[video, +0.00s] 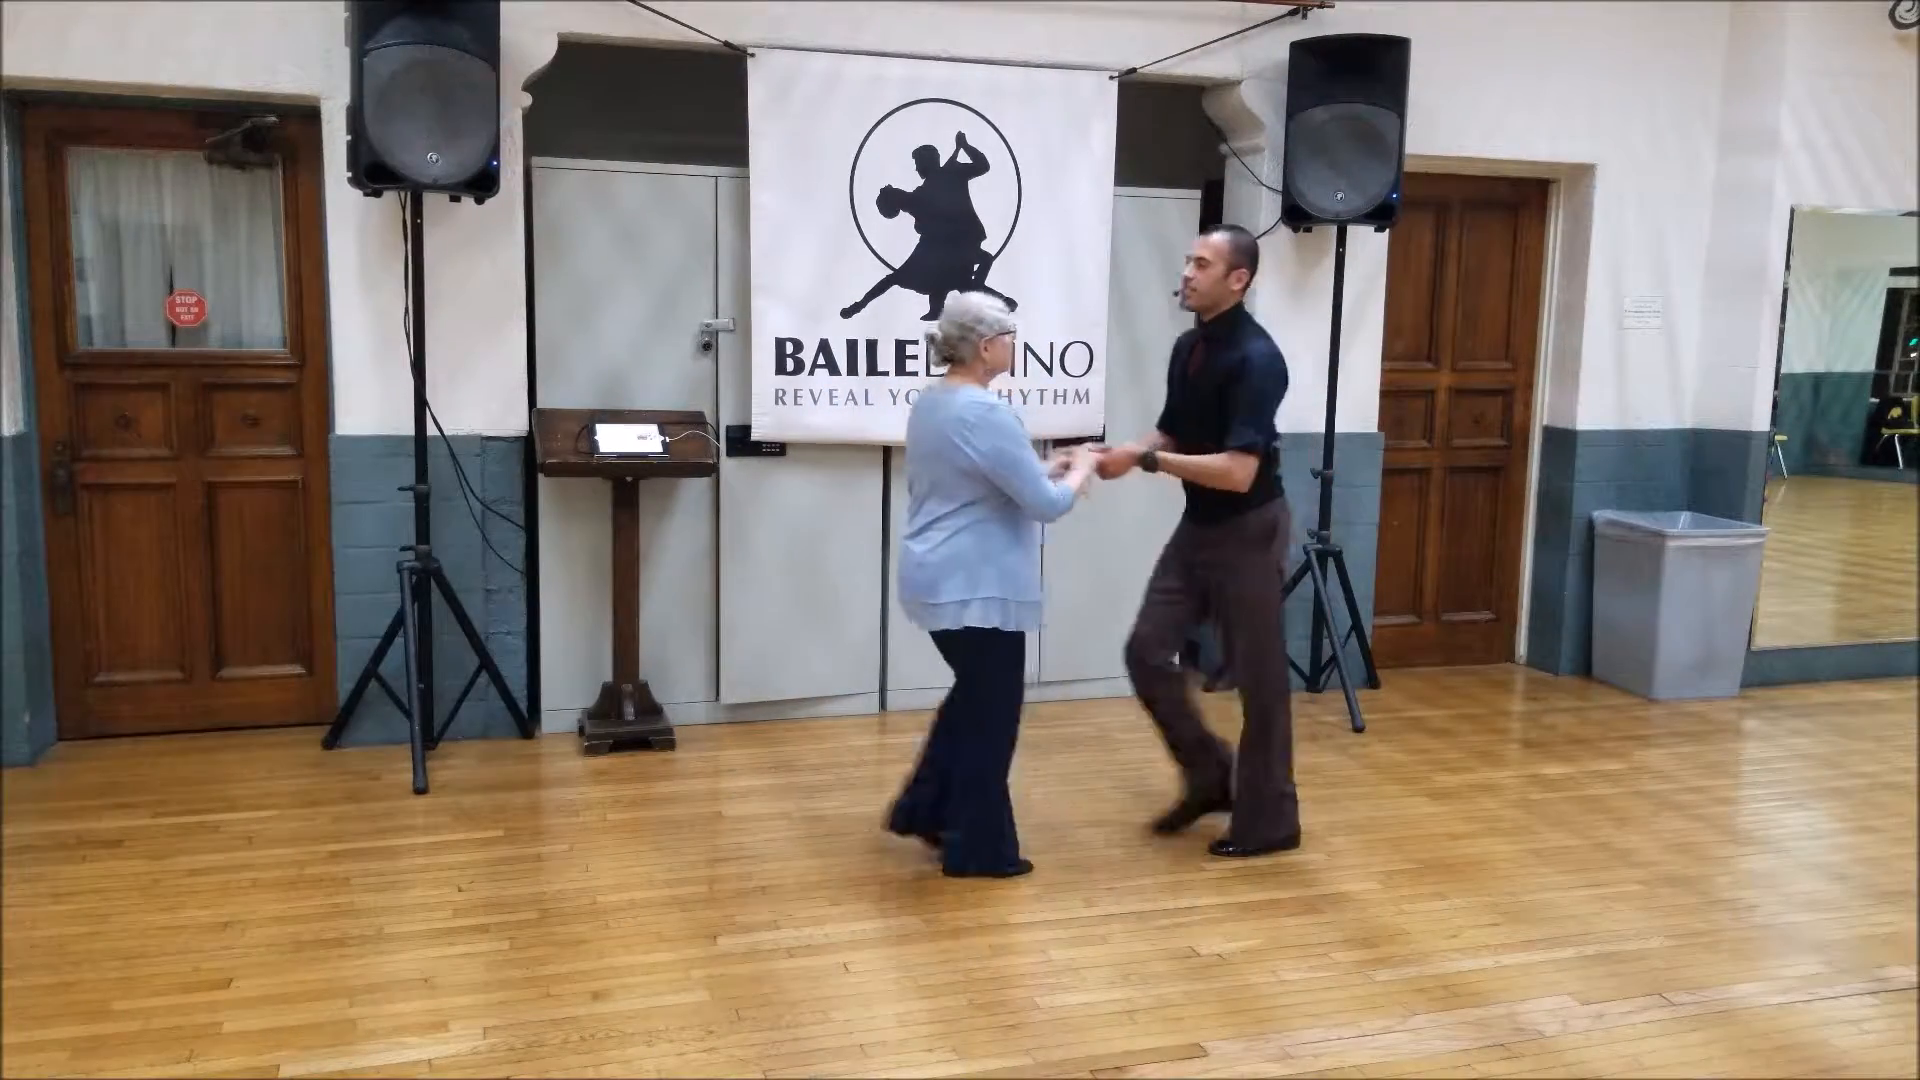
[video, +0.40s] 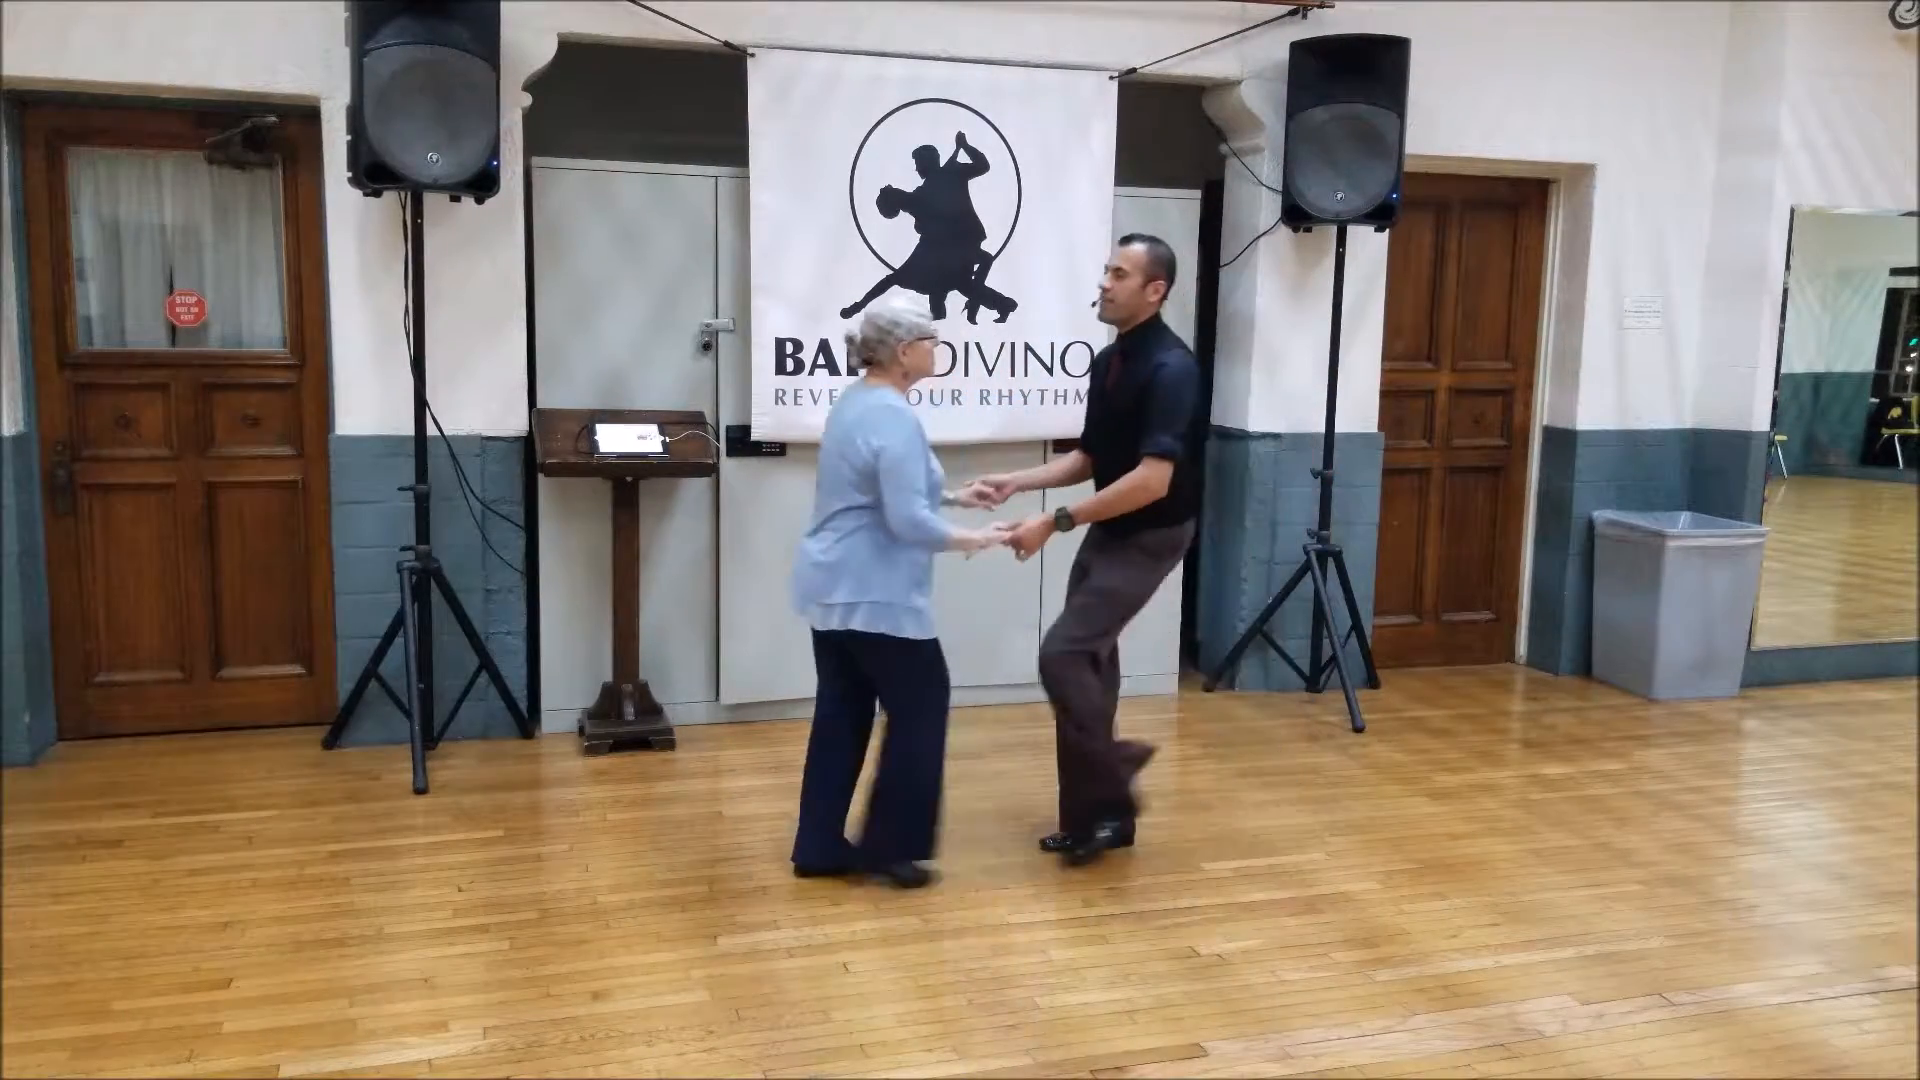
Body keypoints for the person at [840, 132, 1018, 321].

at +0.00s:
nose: (917, 167)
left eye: (918, 163)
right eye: (917, 162)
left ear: (921, 163)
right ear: (938, 159)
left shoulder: (919, 195)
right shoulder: (957, 171)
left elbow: (920, 227)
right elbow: (983, 165)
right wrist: (966, 146)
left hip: (935, 253)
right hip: (966, 248)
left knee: (895, 278)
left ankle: (860, 305)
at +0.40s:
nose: (916, 167)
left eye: (917, 163)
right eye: (916, 163)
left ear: (924, 163)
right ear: (937, 159)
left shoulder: (920, 194)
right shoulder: (957, 171)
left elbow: (920, 227)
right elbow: (982, 165)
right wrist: (966, 146)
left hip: (934, 255)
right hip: (966, 249)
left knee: (894, 278)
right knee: (965, 285)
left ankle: (859, 306)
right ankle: (1003, 304)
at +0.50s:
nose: (916, 167)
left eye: (918, 162)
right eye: (916, 162)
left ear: (924, 163)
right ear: (937, 160)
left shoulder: (921, 193)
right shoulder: (955, 172)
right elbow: (983, 166)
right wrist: (965, 146)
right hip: (968, 238)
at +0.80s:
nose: (916, 168)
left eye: (918, 163)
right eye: (915, 163)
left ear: (925, 162)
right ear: (935, 160)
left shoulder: (922, 193)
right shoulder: (956, 172)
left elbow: (919, 227)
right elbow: (983, 166)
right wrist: (965, 146)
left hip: (939, 243)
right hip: (967, 238)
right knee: (962, 281)